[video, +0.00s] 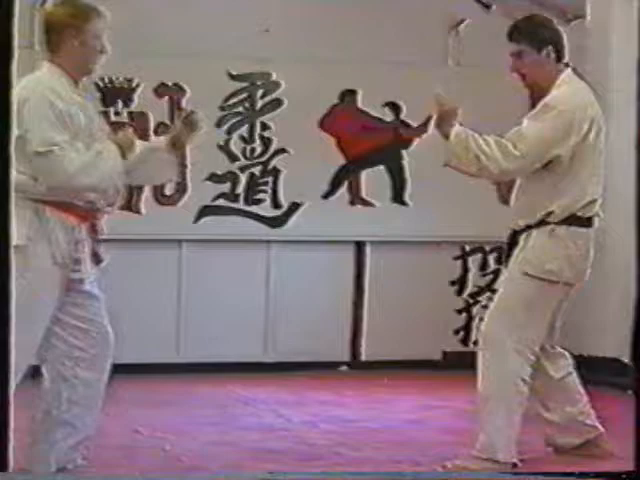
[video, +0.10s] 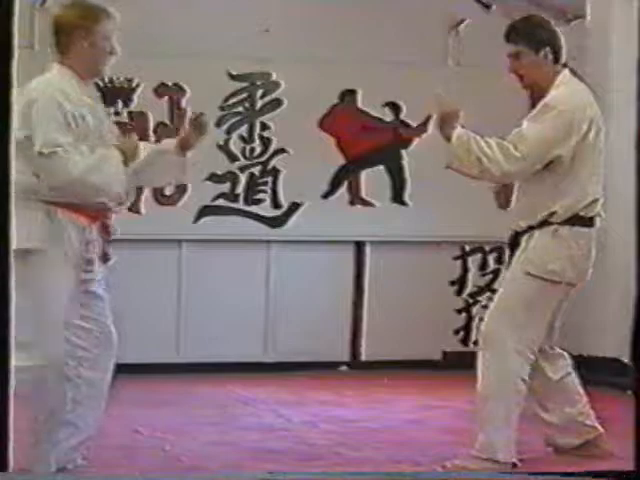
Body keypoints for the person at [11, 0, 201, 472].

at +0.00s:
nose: (103, 48)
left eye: (104, 39)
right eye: (96, 38)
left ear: (76, 41)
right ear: (68, 39)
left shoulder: (80, 100)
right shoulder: (38, 91)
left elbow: (109, 170)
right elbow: (53, 169)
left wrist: (171, 147)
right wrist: (114, 153)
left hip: (70, 235)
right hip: (32, 233)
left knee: (87, 346)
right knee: (16, 354)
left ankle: (56, 462)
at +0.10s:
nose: (113, 50)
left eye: (113, 41)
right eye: (107, 40)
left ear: (86, 42)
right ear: (79, 41)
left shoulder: (89, 100)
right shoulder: (45, 93)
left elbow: (116, 170)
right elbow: (56, 170)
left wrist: (177, 150)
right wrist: (116, 159)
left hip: (80, 236)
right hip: (41, 235)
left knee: (94, 343)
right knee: (39, 350)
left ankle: (65, 457)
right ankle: (33, 464)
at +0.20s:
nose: (134, 56)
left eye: (134, 47)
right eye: (127, 47)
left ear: (109, 46)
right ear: (100, 45)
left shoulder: (106, 102)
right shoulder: (68, 98)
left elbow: (134, 166)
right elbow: (57, 173)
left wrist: (198, 153)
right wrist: (120, 184)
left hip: (91, 235)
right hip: (63, 238)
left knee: (96, 343)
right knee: (99, 340)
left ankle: (62, 453)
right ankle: (19, 421)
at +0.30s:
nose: (165, 63)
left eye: (166, 53)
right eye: (158, 53)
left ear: (137, 52)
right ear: (131, 50)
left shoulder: (133, 105)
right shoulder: (107, 98)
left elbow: (167, 165)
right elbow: (76, 172)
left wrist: (235, 149)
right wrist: (136, 200)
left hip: (86, 242)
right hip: (111, 239)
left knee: (93, 360)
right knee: (185, 326)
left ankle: (54, 458)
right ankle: (160, 439)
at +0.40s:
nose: (189, 60)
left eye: (190, 50)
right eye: (182, 50)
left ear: (157, 51)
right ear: (156, 49)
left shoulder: (152, 97)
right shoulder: (138, 96)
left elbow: (189, 158)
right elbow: (103, 175)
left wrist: (257, 147)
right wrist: (168, 195)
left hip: (110, 241)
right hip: (143, 240)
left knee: (97, 358)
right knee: (209, 335)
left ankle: (54, 458)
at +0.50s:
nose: (225, 59)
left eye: (225, 50)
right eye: (220, 50)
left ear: (181, 51)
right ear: (199, 49)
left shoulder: (153, 95)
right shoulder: (201, 95)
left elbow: (196, 158)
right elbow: (223, 160)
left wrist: (261, 144)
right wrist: (276, 148)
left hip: (154, 233)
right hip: (202, 234)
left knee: (120, 347)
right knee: (247, 343)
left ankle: (67, 449)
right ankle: (297, 450)